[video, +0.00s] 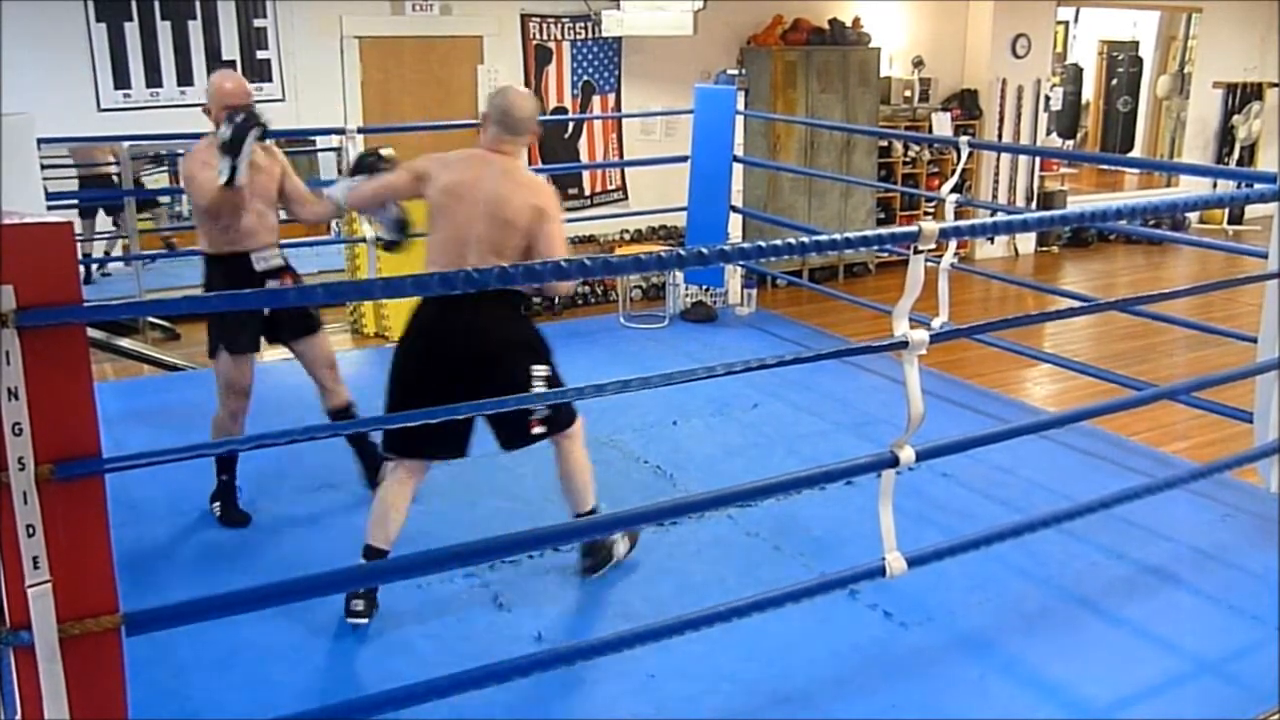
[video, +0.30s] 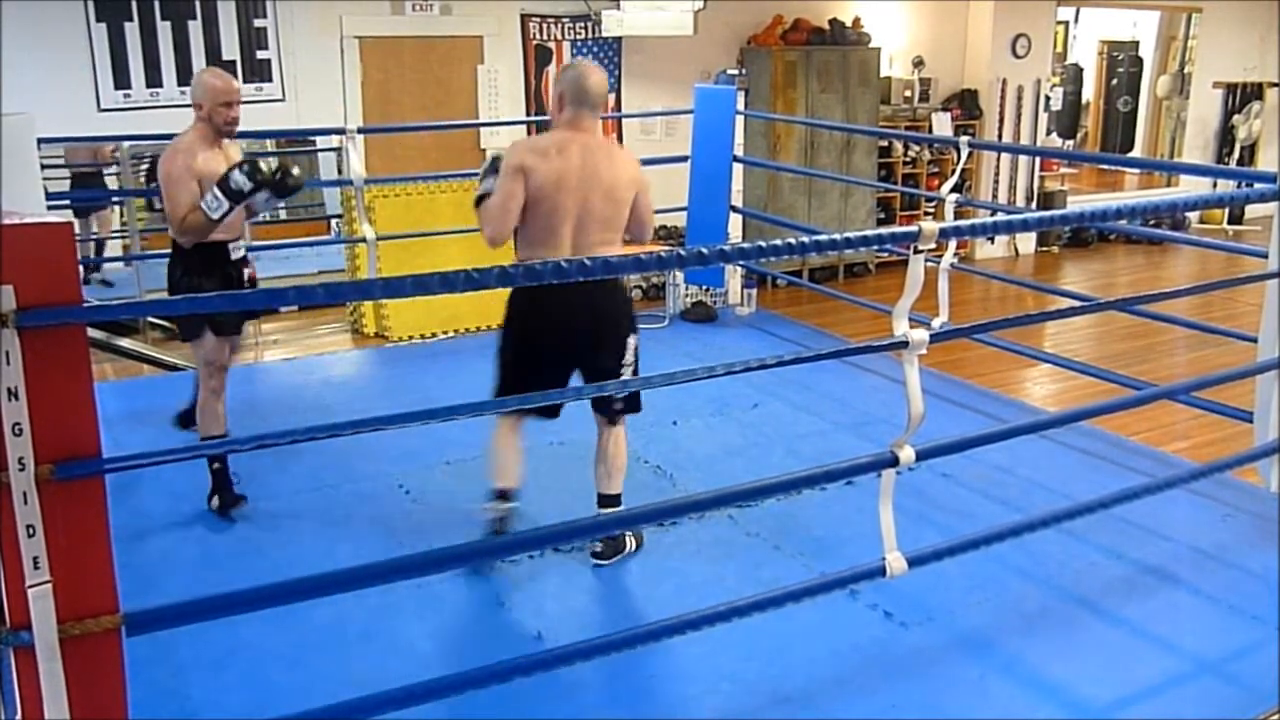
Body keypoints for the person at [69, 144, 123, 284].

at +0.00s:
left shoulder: (73, 144)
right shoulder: (108, 138)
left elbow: (76, 160)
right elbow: (122, 158)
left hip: (85, 179)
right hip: (104, 178)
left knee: (87, 230)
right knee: (122, 223)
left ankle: (87, 271)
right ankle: (104, 260)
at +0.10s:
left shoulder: (68, 145)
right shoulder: (99, 140)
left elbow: (72, 162)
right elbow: (117, 155)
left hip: (79, 178)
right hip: (99, 176)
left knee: (87, 230)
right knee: (124, 219)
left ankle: (87, 271)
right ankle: (127, 260)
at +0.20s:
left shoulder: (66, 143)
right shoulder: (99, 137)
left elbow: (68, 161)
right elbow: (106, 156)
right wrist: (116, 153)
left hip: (76, 177)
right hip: (96, 176)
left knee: (84, 229)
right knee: (119, 219)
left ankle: (87, 270)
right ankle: (111, 261)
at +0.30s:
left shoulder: (69, 142)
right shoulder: (98, 139)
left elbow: (68, 162)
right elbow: (104, 160)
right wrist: (112, 153)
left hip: (76, 178)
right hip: (94, 177)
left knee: (84, 230)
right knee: (104, 226)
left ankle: (86, 270)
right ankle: (97, 268)